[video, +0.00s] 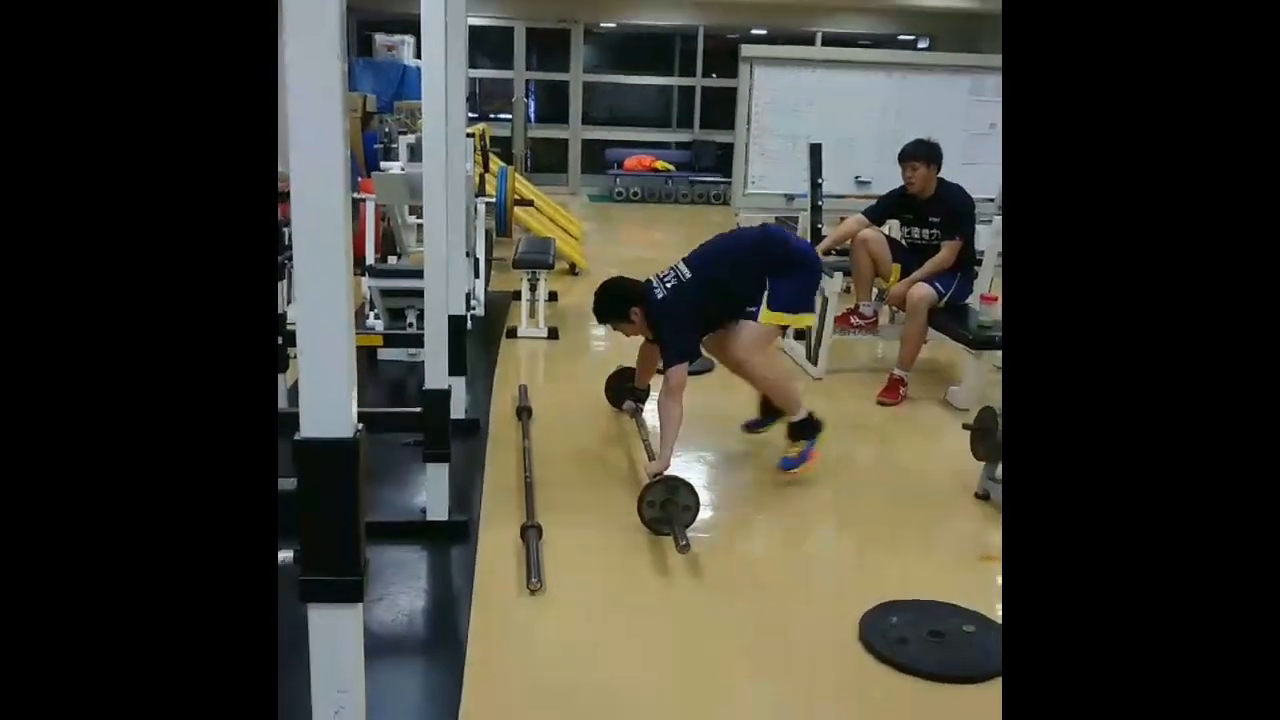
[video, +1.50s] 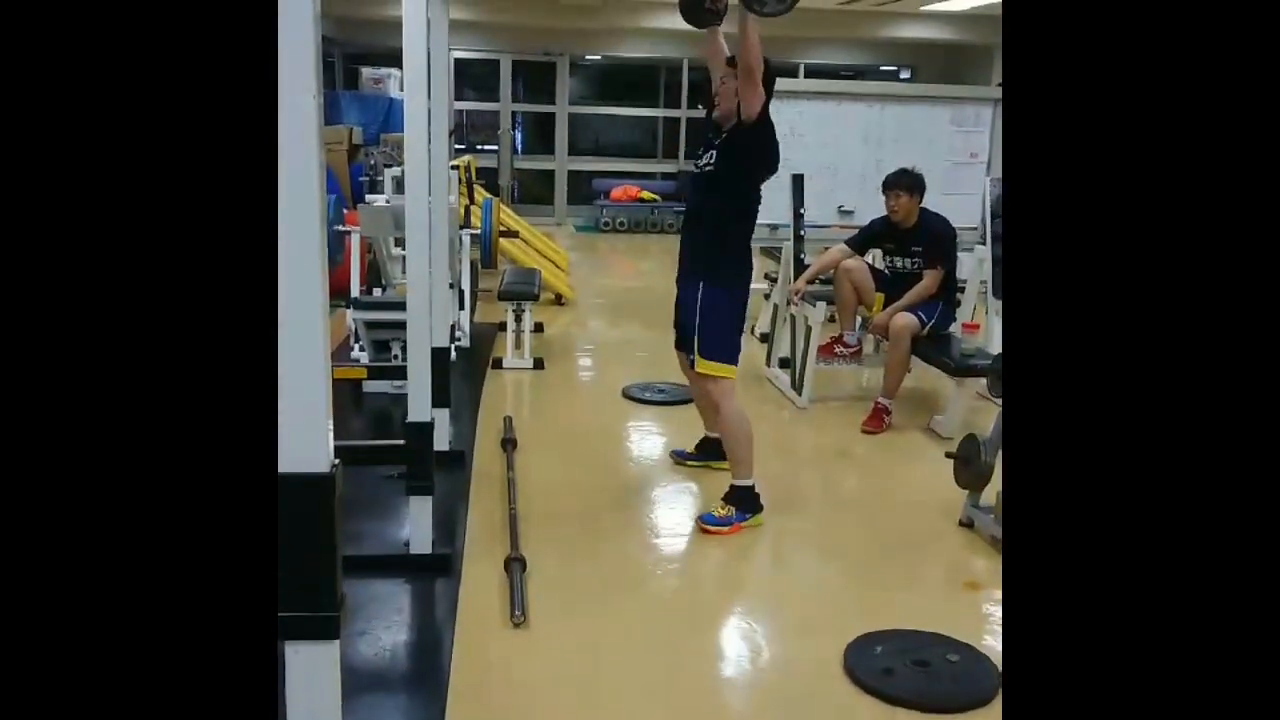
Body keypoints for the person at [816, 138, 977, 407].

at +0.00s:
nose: (907, 175)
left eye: (915, 169)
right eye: (904, 169)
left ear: (934, 170)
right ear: (901, 170)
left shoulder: (957, 199)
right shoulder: (899, 197)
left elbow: (947, 257)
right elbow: (858, 222)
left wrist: (906, 284)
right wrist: (819, 249)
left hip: (954, 273)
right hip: (914, 264)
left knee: (918, 295)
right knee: (864, 238)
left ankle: (899, 378)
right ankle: (864, 314)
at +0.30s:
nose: (900, 185)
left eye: (906, 178)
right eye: (896, 179)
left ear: (926, 179)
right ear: (893, 179)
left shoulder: (950, 209)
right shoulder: (892, 207)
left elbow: (941, 265)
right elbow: (851, 233)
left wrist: (899, 293)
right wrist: (813, 259)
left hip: (946, 281)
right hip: (906, 272)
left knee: (910, 304)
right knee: (858, 247)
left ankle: (892, 386)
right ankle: (858, 323)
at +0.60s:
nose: (895, 192)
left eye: (902, 185)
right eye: (892, 185)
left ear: (921, 186)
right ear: (888, 186)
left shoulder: (944, 216)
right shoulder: (887, 214)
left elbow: (935, 272)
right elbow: (847, 239)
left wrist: (894, 299)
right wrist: (812, 262)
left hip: (940, 288)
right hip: (901, 279)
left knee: (905, 311)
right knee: (852, 254)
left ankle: (888, 393)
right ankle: (853, 328)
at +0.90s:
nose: (891, 197)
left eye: (899, 190)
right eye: (888, 191)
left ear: (917, 192)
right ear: (884, 192)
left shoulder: (939, 222)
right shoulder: (882, 220)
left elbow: (930, 279)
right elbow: (841, 246)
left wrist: (889, 307)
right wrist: (805, 271)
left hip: (933, 294)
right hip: (894, 287)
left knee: (900, 318)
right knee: (848, 260)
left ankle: (883, 398)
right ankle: (849, 336)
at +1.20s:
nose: (890, 201)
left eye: (897, 194)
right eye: (887, 194)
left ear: (916, 197)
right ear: (883, 196)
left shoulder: (938, 228)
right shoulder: (881, 225)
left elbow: (929, 284)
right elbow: (839, 251)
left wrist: (887, 311)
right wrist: (803, 276)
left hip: (933, 299)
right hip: (893, 290)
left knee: (899, 322)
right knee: (847, 266)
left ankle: (882, 403)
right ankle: (848, 340)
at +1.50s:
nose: (892, 202)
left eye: (899, 196)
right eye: (888, 196)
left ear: (917, 199)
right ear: (884, 198)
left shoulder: (939, 229)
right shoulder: (881, 227)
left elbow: (930, 285)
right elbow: (841, 253)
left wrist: (888, 314)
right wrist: (804, 278)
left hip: (934, 301)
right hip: (894, 293)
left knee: (900, 324)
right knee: (847, 268)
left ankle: (883, 405)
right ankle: (849, 342)